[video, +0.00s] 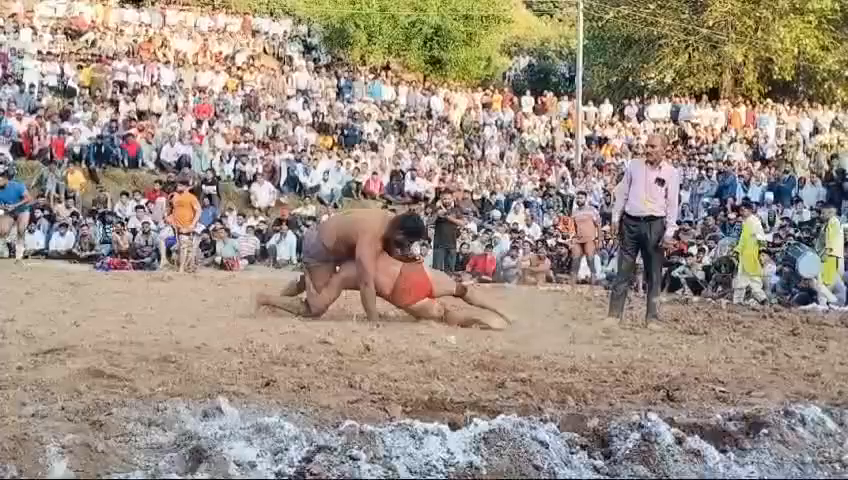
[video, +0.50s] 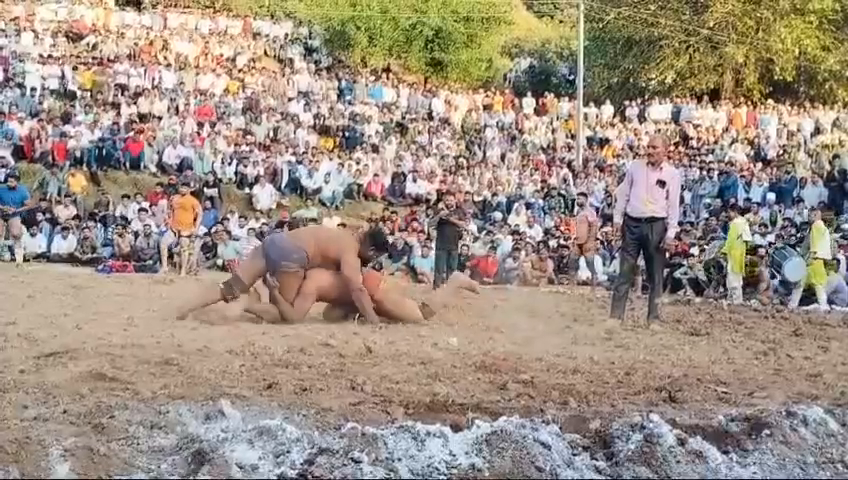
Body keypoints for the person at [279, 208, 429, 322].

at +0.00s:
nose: (406, 253)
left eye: (410, 249)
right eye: (404, 249)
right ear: (397, 235)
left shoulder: (397, 226)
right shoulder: (369, 233)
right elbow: (366, 282)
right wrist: (374, 321)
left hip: (345, 245)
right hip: (318, 247)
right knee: (316, 308)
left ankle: (306, 281)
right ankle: (267, 299)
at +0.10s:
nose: (395, 252)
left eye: (400, 251)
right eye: (396, 249)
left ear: (394, 226)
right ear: (391, 238)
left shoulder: (381, 223)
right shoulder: (364, 236)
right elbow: (364, 283)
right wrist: (374, 322)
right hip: (301, 233)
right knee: (301, 296)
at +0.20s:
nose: (388, 245)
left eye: (392, 244)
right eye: (391, 243)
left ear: (386, 222)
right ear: (388, 236)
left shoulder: (367, 222)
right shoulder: (362, 235)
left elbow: (358, 251)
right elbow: (364, 283)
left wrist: (380, 258)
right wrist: (372, 316)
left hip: (288, 222)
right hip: (293, 234)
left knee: (272, 267)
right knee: (291, 291)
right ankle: (241, 299)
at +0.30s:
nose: (382, 254)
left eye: (387, 251)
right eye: (385, 251)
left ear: (378, 227)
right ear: (381, 243)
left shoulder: (358, 227)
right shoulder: (357, 237)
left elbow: (355, 270)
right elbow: (360, 283)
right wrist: (373, 317)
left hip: (277, 226)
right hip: (289, 238)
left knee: (251, 274)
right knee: (289, 293)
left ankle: (207, 280)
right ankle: (240, 300)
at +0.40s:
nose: (375, 256)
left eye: (379, 253)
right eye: (377, 252)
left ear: (370, 229)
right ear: (374, 244)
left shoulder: (349, 228)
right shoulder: (350, 243)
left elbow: (345, 273)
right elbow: (358, 285)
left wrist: (348, 304)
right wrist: (374, 321)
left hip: (275, 232)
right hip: (291, 246)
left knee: (231, 283)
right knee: (291, 303)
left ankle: (181, 298)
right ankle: (239, 309)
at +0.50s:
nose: (370, 260)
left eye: (374, 257)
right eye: (372, 256)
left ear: (363, 234)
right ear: (369, 248)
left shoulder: (345, 236)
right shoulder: (349, 250)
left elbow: (346, 279)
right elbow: (356, 288)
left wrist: (348, 307)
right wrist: (373, 320)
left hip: (273, 241)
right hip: (291, 254)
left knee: (230, 289)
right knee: (288, 315)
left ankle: (182, 311)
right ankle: (248, 308)